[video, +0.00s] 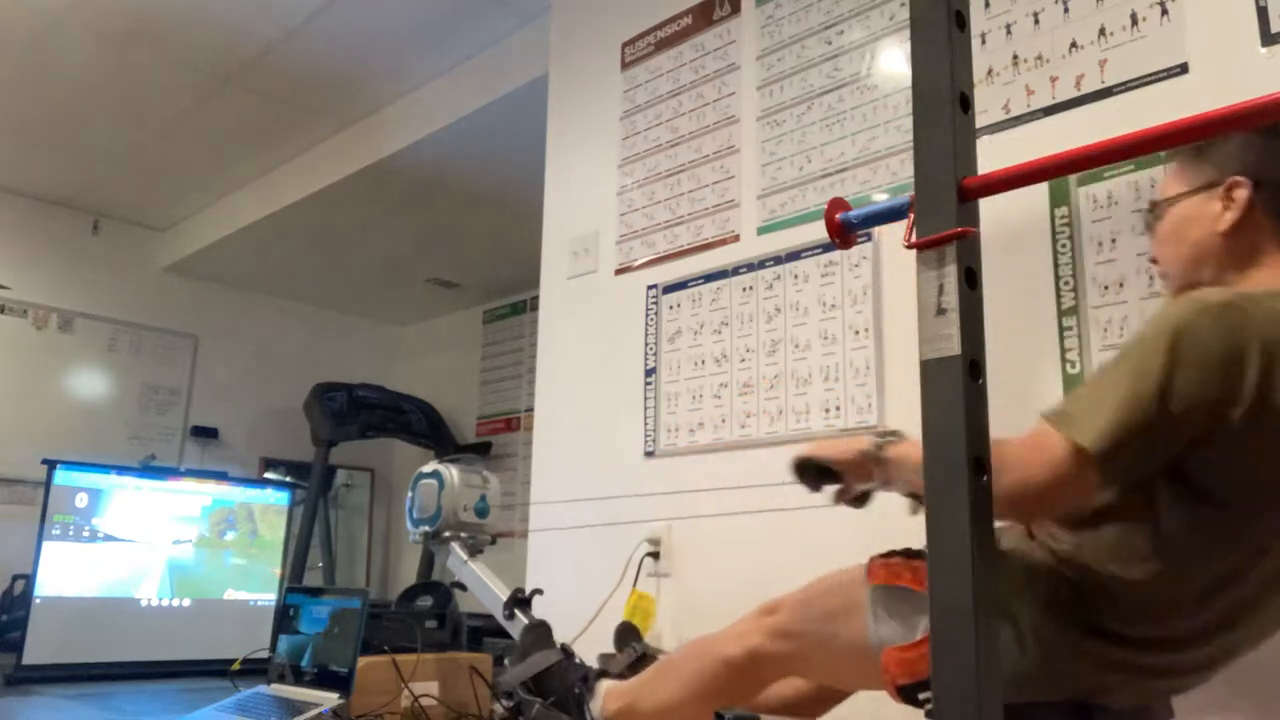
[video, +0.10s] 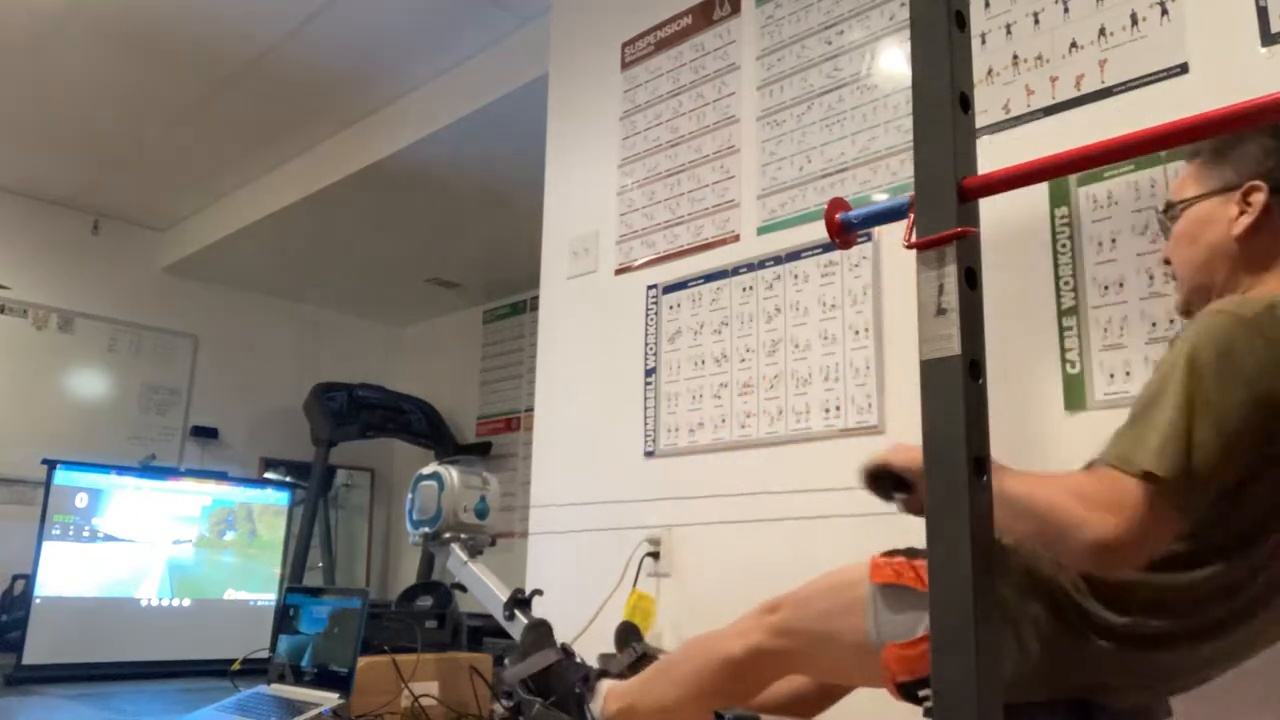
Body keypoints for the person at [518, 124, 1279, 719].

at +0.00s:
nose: (1150, 236)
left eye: (1164, 207)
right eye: (1152, 212)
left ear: (1234, 204)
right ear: (1240, 209)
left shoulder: (1215, 324)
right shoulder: (1260, 329)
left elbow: (1039, 473)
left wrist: (885, 458)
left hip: (1044, 621)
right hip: (1133, 662)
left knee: (779, 629)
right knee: (837, 667)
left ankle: (608, 705)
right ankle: (694, 709)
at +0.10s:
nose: (1165, 244)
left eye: (1177, 214)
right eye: (1166, 218)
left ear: (1249, 210)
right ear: (1252, 214)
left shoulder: (1240, 331)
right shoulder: (1259, 335)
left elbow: (1113, 524)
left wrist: (946, 474)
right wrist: (975, 492)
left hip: (1053, 627)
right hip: (1117, 651)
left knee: (780, 627)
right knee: (839, 650)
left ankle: (605, 705)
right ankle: (693, 713)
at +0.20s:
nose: (1153, 242)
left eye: (1167, 212)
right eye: (1155, 218)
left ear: (1239, 209)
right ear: (1241, 214)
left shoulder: (1253, 331)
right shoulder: (1244, 331)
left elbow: (1220, 567)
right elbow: (1217, 552)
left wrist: (1029, 503)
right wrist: (1036, 507)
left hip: (1072, 616)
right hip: (1085, 610)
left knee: (785, 623)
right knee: (833, 633)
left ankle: (605, 704)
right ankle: (670, 707)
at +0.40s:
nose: (1149, 243)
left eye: (1163, 214)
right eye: (1152, 219)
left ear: (1233, 214)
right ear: (1237, 218)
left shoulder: (1245, 342)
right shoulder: (1251, 336)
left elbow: (1187, 580)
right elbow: (1204, 569)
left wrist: (1011, 514)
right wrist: (1017, 523)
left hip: (1059, 625)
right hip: (1098, 632)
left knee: (784, 621)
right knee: (834, 634)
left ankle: (606, 703)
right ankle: (676, 709)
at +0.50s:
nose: (1138, 245)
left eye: (1151, 216)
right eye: (1142, 222)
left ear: (1220, 213)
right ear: (1229, 217)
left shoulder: (1218, 351)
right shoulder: (1262, 341)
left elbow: (1093, 546)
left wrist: (926, 493)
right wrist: (975, 515)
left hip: (1068, 642)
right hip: (1131, 650)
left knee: (784, 609)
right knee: (837, 623)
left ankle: (609, 704)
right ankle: (689, 707)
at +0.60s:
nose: (1104, 247)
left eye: (1115, 218)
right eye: (1106, 223)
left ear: (1182, 211)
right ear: (1206, 216)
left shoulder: (1185, 331)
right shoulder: (1266, 328)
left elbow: (995, 500)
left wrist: (849, 471)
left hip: (1034, 633)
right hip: (1119, 651)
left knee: (763, 593)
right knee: (824, 617)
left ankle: (613, 704)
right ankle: (700, 704)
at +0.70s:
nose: (1050, 235)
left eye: (1062, 209)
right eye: (1054, 214)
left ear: (1121, 206)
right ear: (1143, 210)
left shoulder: (1130, 319)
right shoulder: (1212, 316)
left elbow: (920, 454)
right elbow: (1056, 497)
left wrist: (783, 456)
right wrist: (910, 490)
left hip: (1045, 615)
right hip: (1109, 619)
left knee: (741, 568)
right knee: (809, 597)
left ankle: (610, 705)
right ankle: (688, 701)